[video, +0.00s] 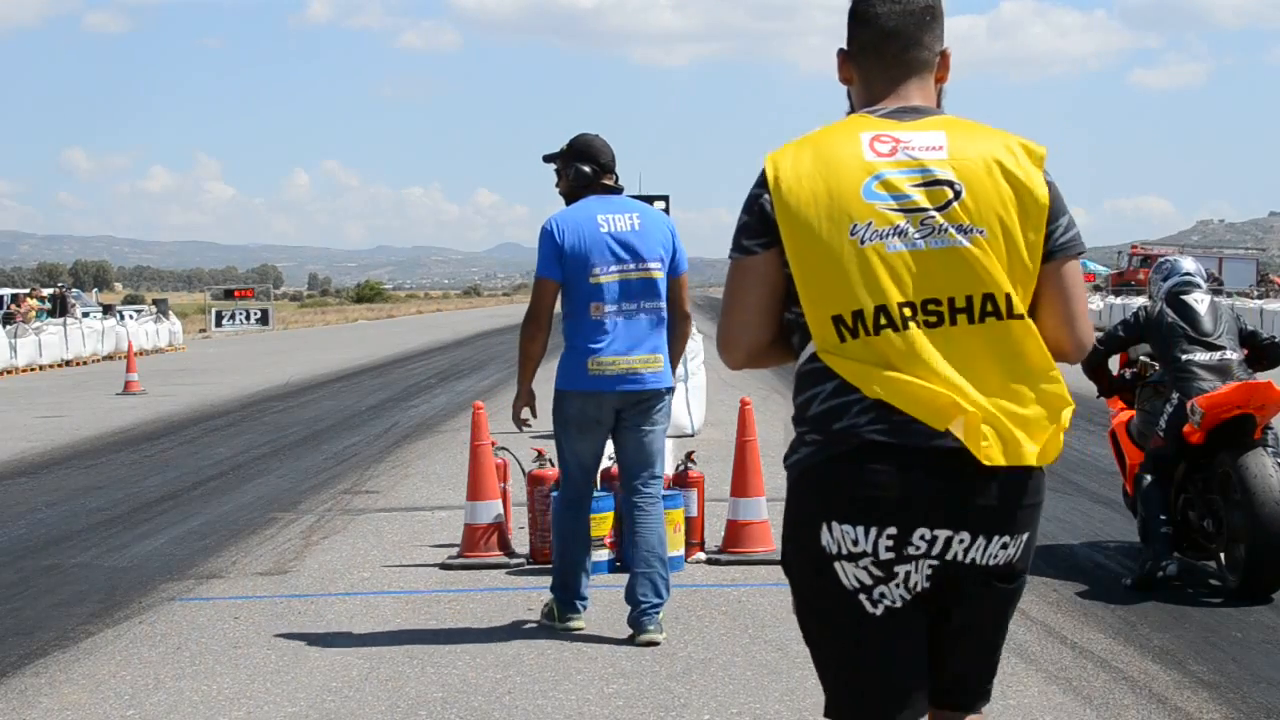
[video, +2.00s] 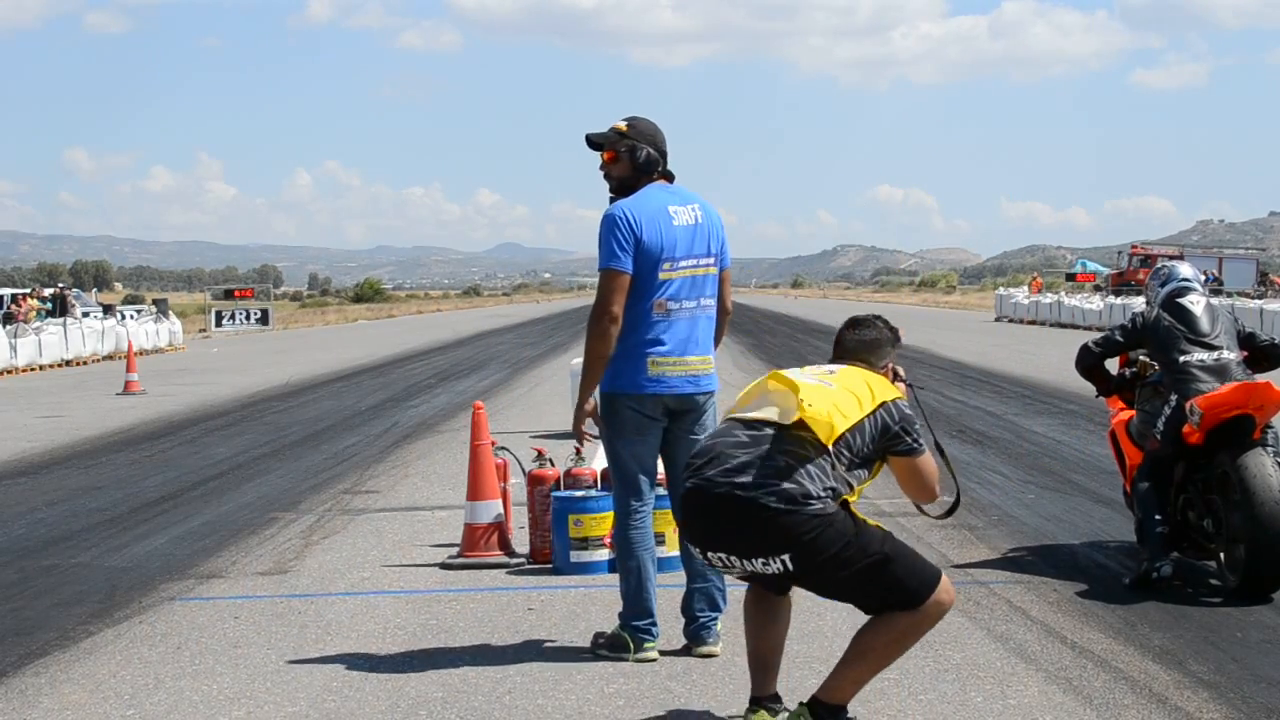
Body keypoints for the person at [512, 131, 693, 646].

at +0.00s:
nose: (556, 183)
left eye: (559, 175)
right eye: (556, 175)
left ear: (576, 176)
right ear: (612, 177)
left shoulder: (562, 227)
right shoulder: (661, 224)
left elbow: (540, 316)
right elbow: (681, 313)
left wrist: (524, 381)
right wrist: (666, 370)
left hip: (584, 382)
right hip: (651, 378)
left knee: (574, 491)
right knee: (645, 492)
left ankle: (569, 604)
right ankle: (648, 614)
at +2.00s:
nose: (603, 167)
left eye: (610, 158)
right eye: (603, 157)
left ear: (640, 160)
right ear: (656, 162)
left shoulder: (625, 215)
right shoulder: (708, 214)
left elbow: (610, 314)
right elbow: (724, 307)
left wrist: (588, 391)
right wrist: (700, 359)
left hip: (636, 383)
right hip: (697, 381)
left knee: (634, 507)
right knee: (698, 503)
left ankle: (639, 630)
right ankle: (706, 627)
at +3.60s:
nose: (582, 170)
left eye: (581, 164)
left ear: (583, 167)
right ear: (633, 165)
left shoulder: (568, 222)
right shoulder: (674, 222)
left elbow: (543, 317)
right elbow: (694, 317)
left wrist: (530, 393)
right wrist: (689, 387)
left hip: (594, 387)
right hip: (659, 385)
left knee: (613, 503)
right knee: (651, 495)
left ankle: (639, 632)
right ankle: (656, 614)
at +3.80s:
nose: (563, 176)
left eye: (563, 169)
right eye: (565, 169)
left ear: (571, 171)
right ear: (619, 171)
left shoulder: (558, 223)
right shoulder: (661, 225)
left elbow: (537, 321)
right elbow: (681, 319)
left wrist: (522, 398)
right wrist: (672, 389)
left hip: (584, 387)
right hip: (648, 385)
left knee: (608, 503)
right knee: (605, 498)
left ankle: (639, 630)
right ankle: (573, 610)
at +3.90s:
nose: (552, 178)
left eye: (553, 170)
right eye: (552, 170)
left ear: (564, 172)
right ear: (609, 173)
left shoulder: (552, 223)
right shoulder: (650, 224)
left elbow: (532, 321)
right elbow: (672, 319)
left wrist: (519, 398)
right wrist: (665, 390)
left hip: (578, 388)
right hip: (638, 387)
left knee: (603, 504)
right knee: (586, 496)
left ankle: (638, 629)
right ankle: (551, 615)